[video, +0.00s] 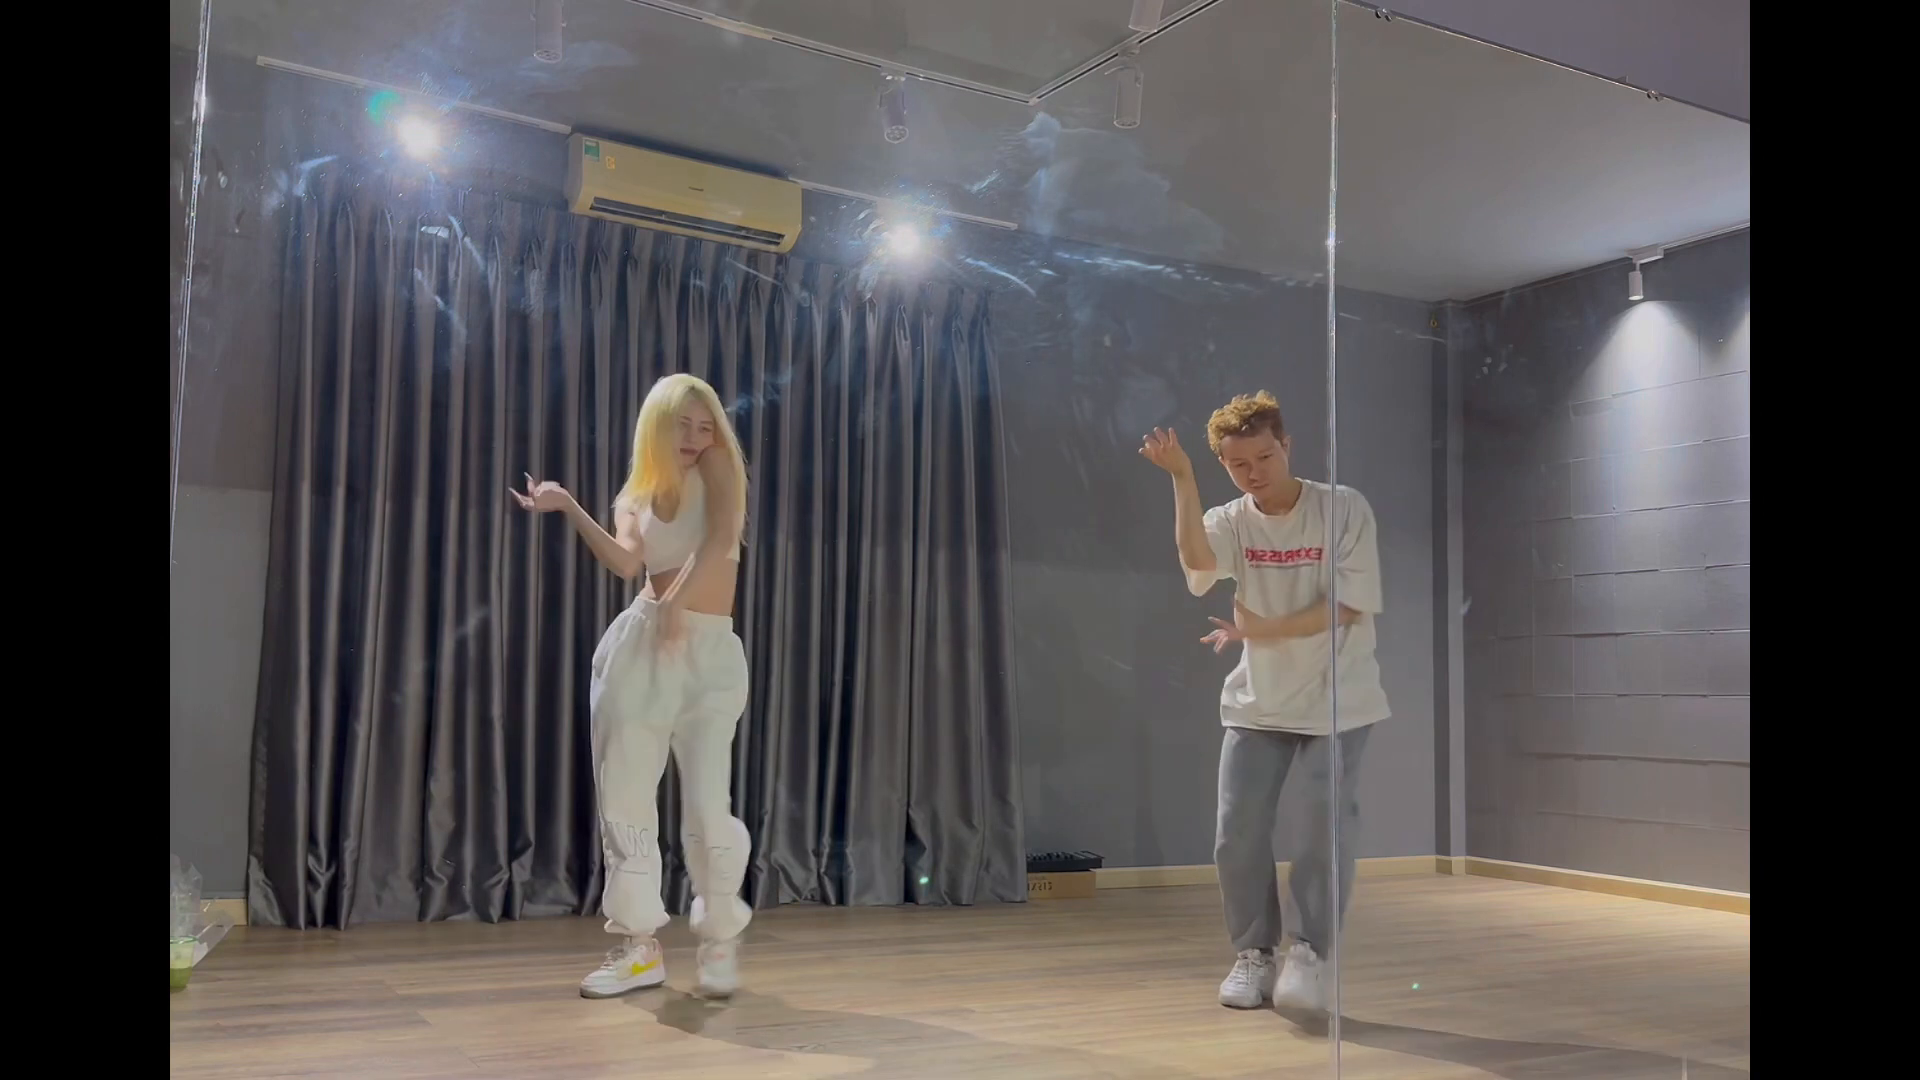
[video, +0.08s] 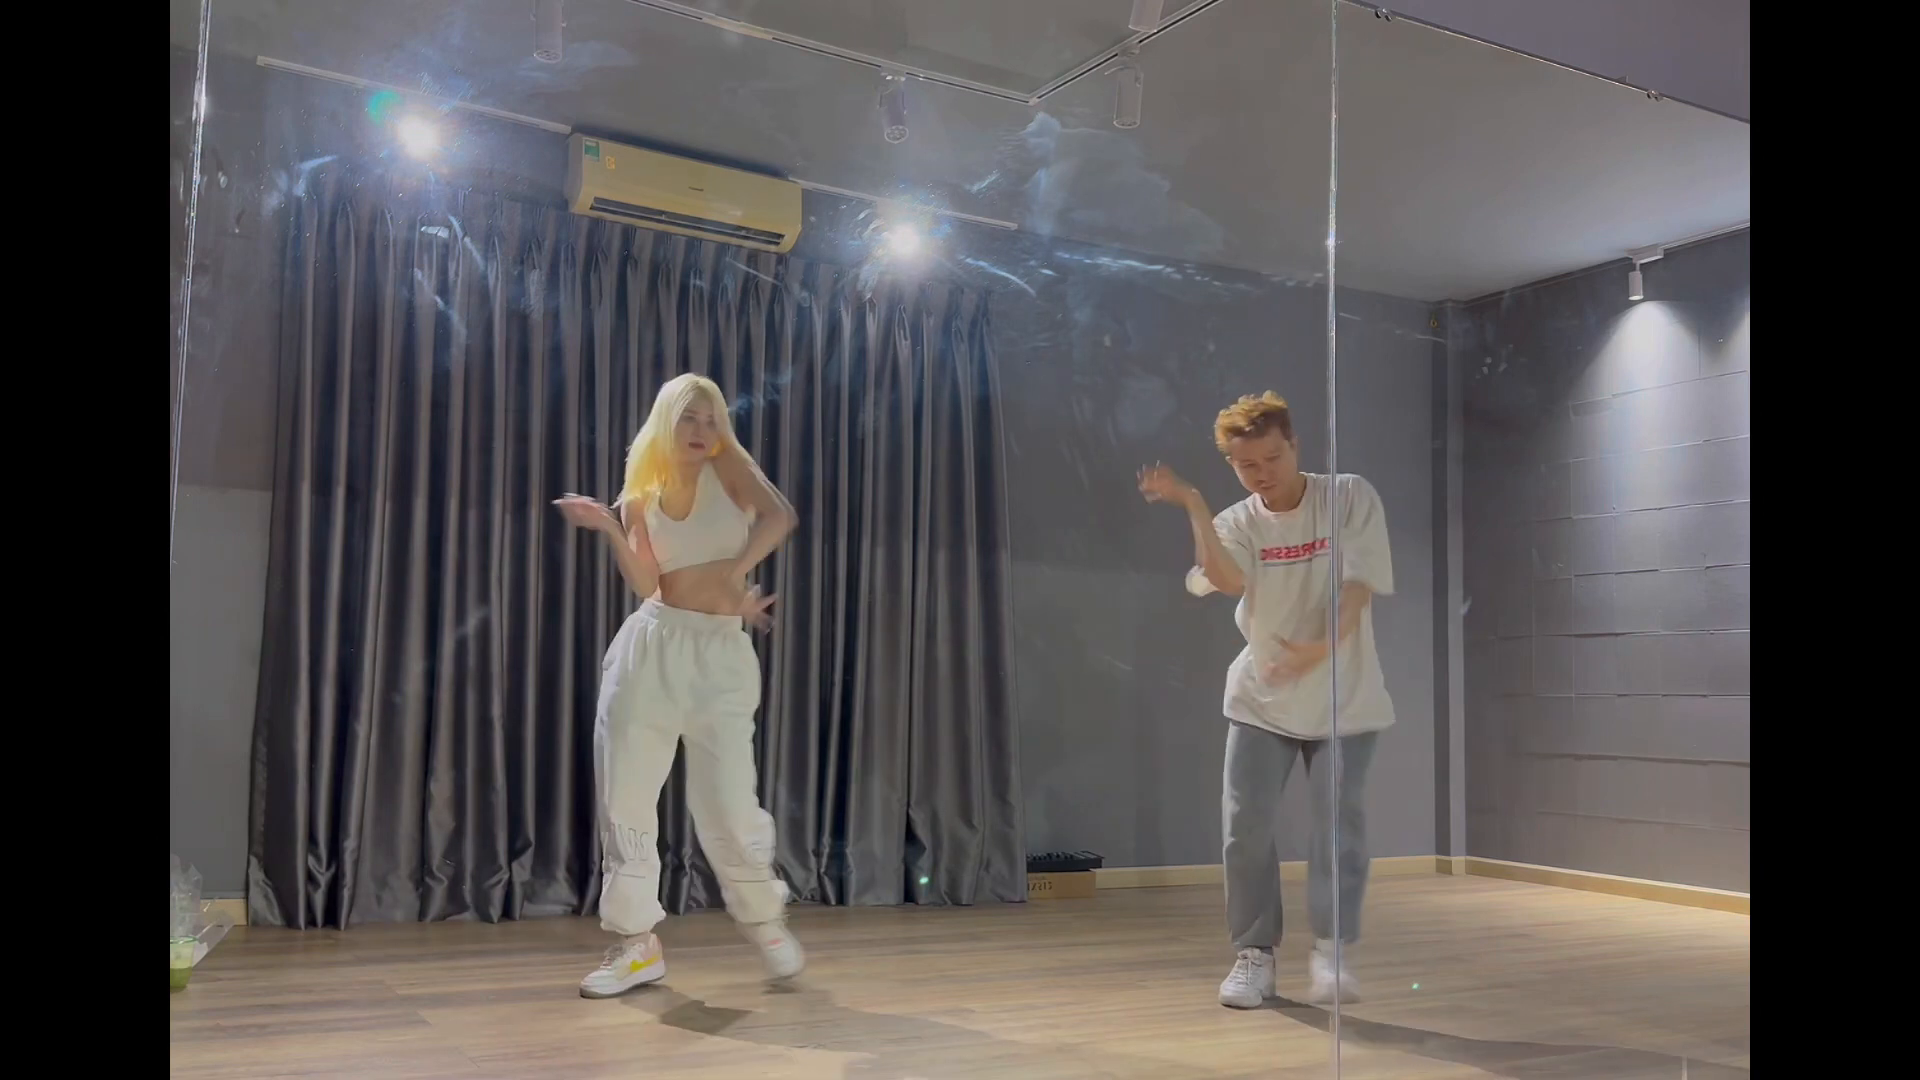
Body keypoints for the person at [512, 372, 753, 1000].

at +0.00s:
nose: (697, 438)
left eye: (706, 427)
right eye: (685, 427)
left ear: (717, 429)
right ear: (659, 429)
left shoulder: (720, 470)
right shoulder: (635, 495)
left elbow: (719, 541)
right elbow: (626, 561)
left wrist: (678, 601)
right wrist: (571, 506)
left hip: (710, 650)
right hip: (641, 647)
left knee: (706, 805)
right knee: (625, 798)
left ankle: (719, 949)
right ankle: (642, 949)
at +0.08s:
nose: (701, 430)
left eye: (712, 421)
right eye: (689, 419)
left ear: (723, 428)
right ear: (664, 424)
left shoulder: (728, 464)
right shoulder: (639, 491)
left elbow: (779, 518)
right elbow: (649, 587)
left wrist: (734, 576)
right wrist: (609, 529)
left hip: (721, 655)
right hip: (649, 653)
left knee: (729, 804)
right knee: (626, 800)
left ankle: (766, 921)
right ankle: (639, 943)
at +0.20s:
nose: (720, 438)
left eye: (729, 432)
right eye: (707, 430)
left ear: (743, 452)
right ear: (682, 448)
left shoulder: (754, 517)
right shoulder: (655, 507)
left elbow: (807, 588)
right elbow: (641, 591)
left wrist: (787, 518)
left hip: (754, 689)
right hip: (676, 689)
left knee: (776, 822)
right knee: (590, 797)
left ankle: (792, 942)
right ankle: (635, 936)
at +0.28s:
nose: (728, 462)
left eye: (736, 456)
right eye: (714, 456)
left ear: (751, 477)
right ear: (692, 477)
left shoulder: (761, 542)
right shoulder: (674, 526)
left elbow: (787, 621)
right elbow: (668, 611)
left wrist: (809, 546)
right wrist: (746, 645)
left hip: (765, 706)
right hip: (688, 710)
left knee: (793, 840)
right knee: (597, 802)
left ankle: (788, 944)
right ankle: (642, 944)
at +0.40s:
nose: (745, 469)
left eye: (751, 464)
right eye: (729, 462)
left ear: (760, 486)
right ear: (704, 483)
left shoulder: (767, 556)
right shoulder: (685, 524)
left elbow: (789, 632)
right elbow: (681, 612)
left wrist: (816, 560)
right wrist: (760, 644)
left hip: (770, 708)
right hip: (693, 711)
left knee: (790, 836)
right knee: (608, 804)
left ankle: (787, 944)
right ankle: (642, 943)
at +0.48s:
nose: (744, 458)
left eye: (753, 451)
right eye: (731, 449)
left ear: (763, 470)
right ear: (708, 464)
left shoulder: (772, 542)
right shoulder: (685, 506)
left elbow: (811, 607)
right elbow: (681, 590)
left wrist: (821, 533)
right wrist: (760, 623)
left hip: (769, 697)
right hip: (692, 698)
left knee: (791, 824)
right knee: (615, 803)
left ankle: (789, 943)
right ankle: (645, 944)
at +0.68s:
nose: (734, 400)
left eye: (743, 397)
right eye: (719, 399)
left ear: (759, 425)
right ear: (702, 430)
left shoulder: (785, 486)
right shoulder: (687, 489)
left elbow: (866, 521)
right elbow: (687, 575)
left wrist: (812, 455)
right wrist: (768, 583)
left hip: (749, 652)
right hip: (681, 643)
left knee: (759, 796)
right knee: (652, 794)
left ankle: (788, 936)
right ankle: (609, 941)